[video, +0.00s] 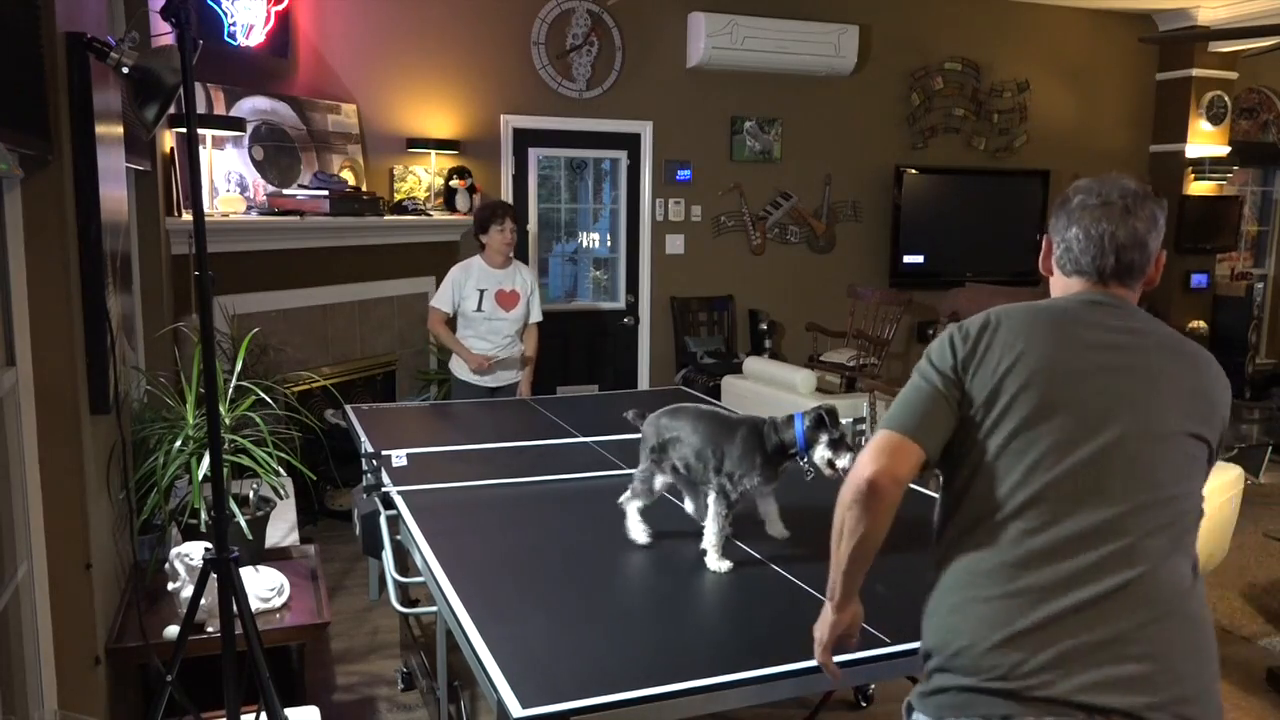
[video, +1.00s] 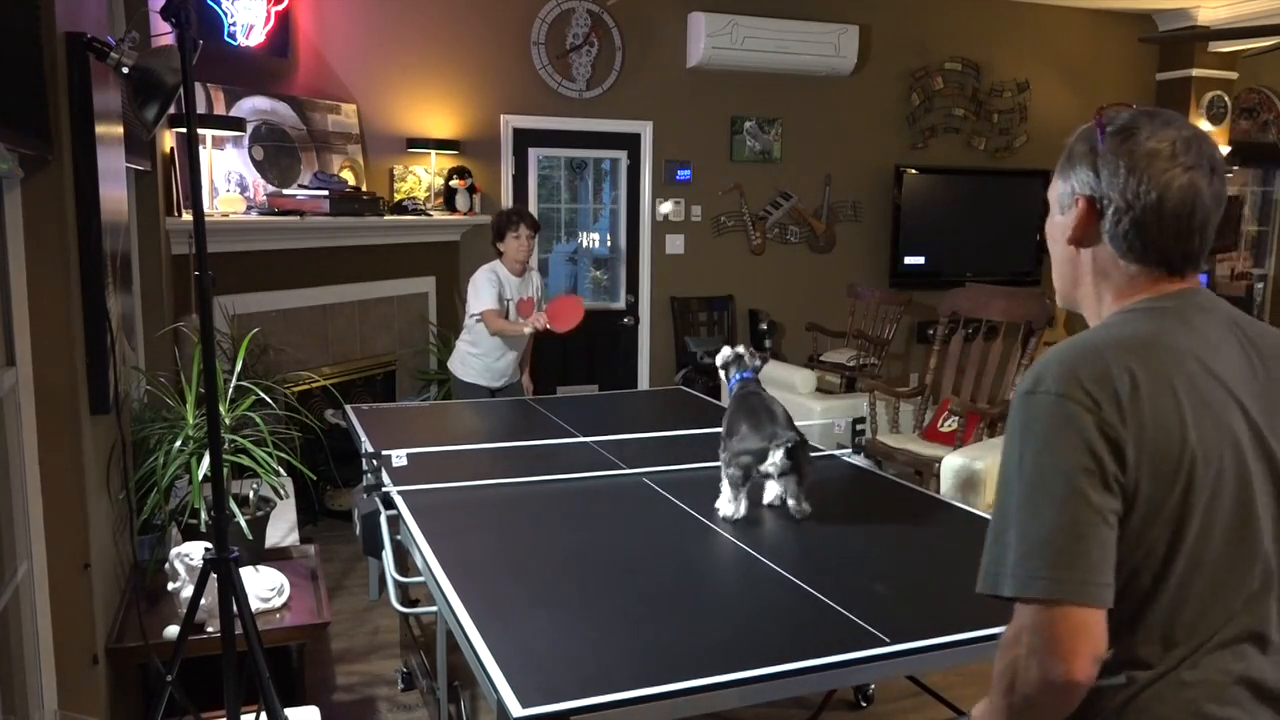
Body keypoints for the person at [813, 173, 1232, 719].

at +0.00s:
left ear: (1046, 256)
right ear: (1155, 269)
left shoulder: (975, 340)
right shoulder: (1206, 376)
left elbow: (875, 476)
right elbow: (1173, 510)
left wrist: (840, 600)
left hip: (983, 689)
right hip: (1163, 698)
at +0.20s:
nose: (1068, 242)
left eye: (1072, 224)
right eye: (1071, 224)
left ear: (1089, 227)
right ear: (1193, 251)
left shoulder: (1035, 333)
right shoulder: (1245, 358)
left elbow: (964, 512)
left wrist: (890, 602)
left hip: (1080, 688)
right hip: (1243, 683)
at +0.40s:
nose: (1103, 231)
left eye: (1108, 212)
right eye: (1104, 211)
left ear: (1142, 216)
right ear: (1238, 229)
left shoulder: (1121, 345)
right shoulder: (1271, 330)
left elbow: (1110, 565)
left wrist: (981, 643)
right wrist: (1077, 439)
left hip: (1162, 696)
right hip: (1266, 685)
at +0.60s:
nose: (1112, 230)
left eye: (1120, 211)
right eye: (1114, 212)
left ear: (1160, 215)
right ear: (1249, 221)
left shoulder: (1155, 362)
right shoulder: (1267, 324)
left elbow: (1168, 609)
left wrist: (1049, 669)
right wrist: (1116, 587)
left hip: (1201, 699)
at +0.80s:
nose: (1091, 237)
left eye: (1096, 214)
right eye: (1091, 215)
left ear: (1138, 221)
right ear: (1241, 228)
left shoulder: (1124, 378)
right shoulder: (1271, 340)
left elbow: (1115, 638)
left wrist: (1023, 687)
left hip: (1176, 702)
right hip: (1269, 686)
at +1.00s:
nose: (1046, 231)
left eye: (1052, 207)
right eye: (1048, 208)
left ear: (1085, 218)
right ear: (1201, 225)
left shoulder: (1078, 380)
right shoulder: (1268, 348)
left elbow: (1061, 658)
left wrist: (997, 708)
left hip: (1146, 699)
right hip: (1265, 690)